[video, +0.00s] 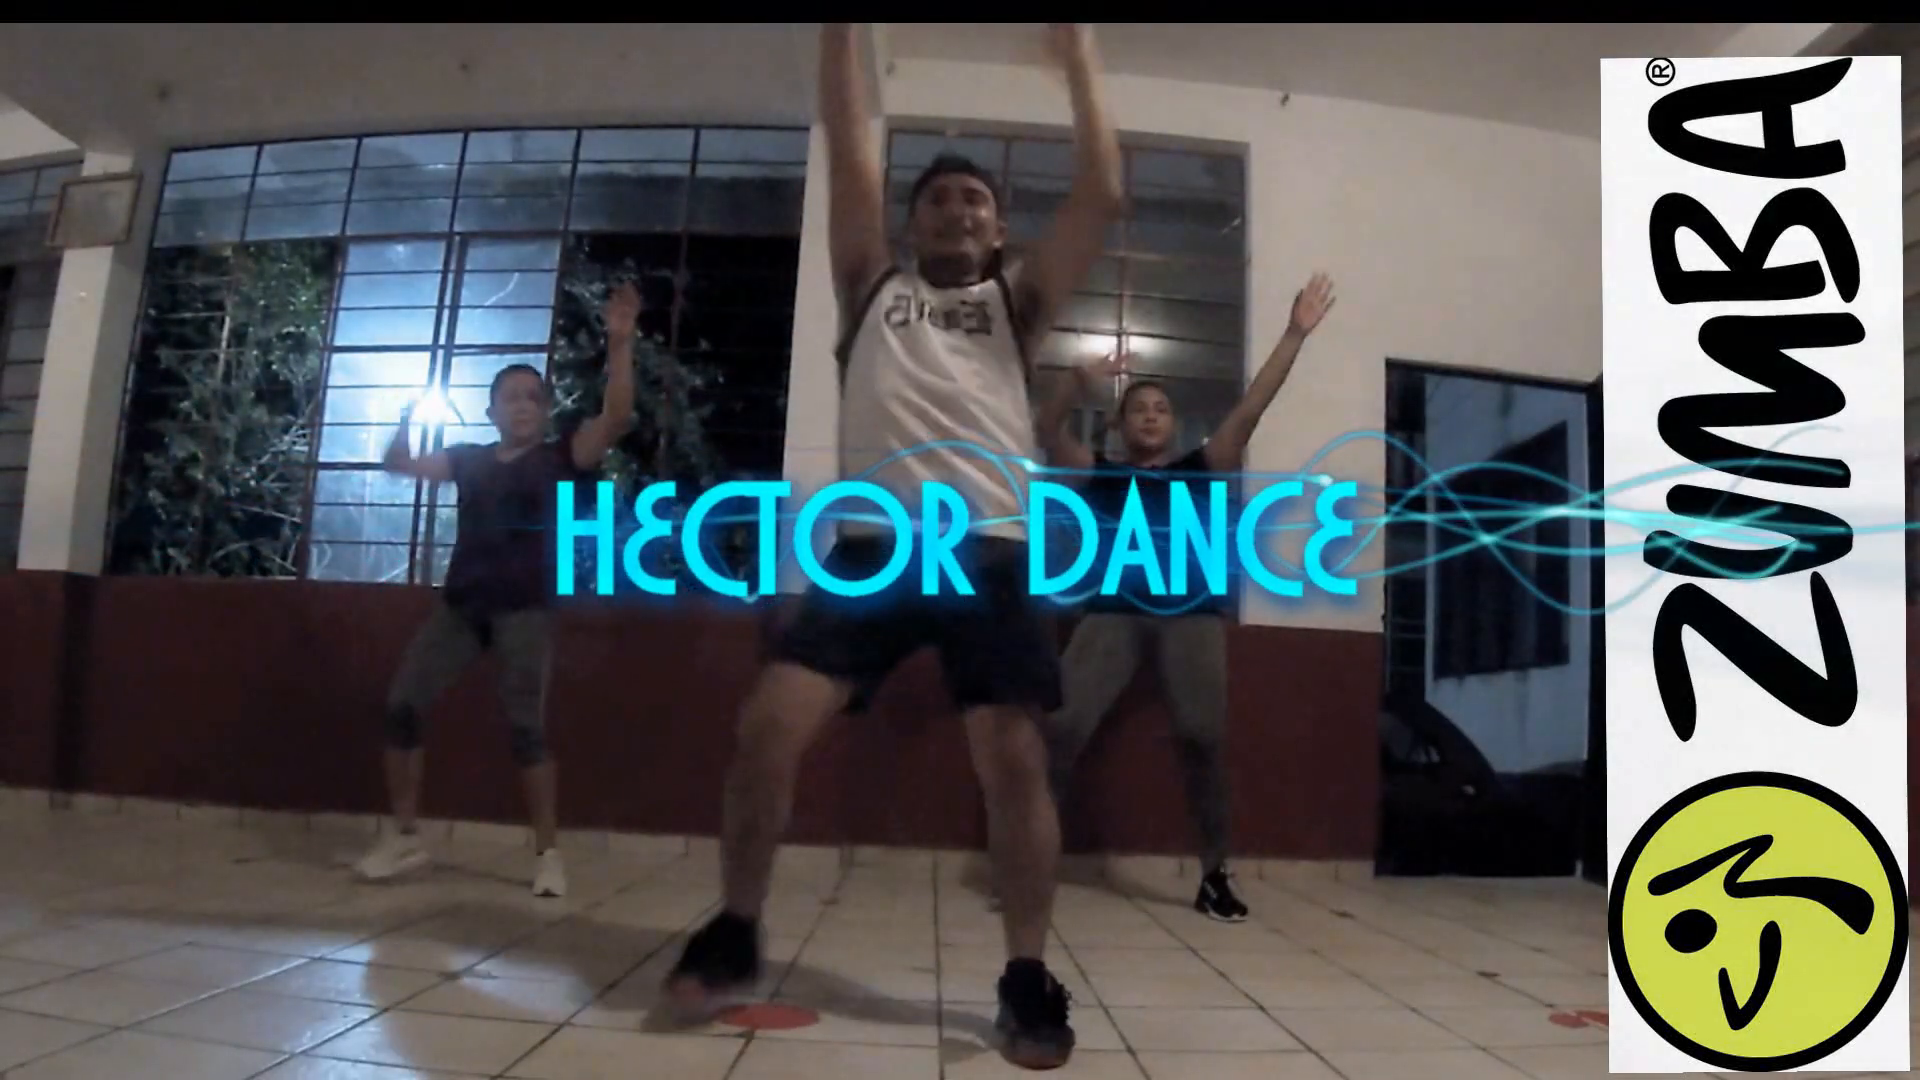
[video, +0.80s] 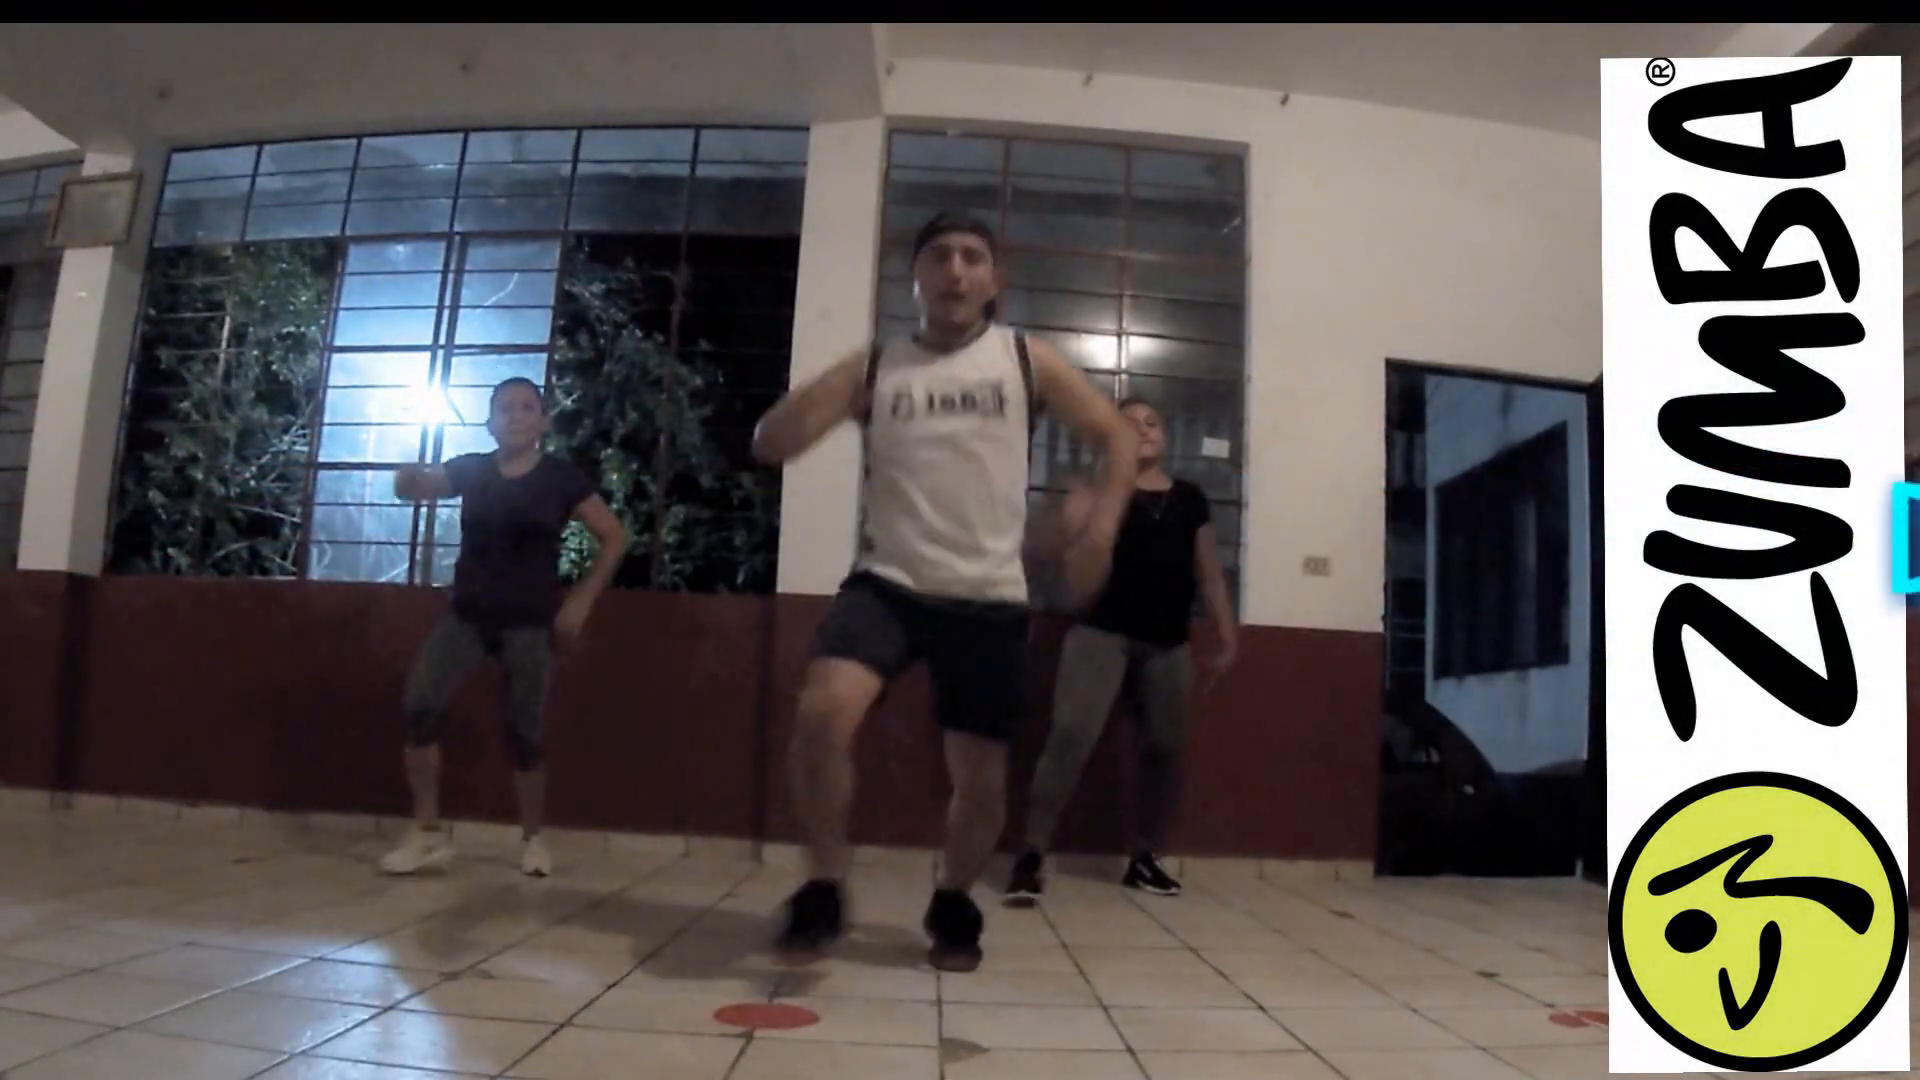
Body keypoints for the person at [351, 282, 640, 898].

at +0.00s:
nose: (522, 406)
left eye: (532, 398)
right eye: (512, 397)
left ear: (546, 409)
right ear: (494, 410)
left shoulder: (561, 457)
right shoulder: (469, 461)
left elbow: (616, 418)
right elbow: (399, 464)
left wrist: (620, 341)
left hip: (525, 610)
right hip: (462, 606)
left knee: (526, 726)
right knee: (404, 704)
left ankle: (547, 855)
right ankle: (405, 835)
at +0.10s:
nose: (512, 409)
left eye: (521, 401)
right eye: (502, 401)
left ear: (534, 413)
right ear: (482, 411)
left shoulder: (549, 463)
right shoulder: (460, 455)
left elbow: (608, 432)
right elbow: (405, 401)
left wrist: (608, 360)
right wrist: (400, 330)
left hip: (517, 610)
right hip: (451, 605)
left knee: (522, 727)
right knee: (400, 716)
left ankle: (547, 855)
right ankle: (379, 845)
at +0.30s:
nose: (495, 407)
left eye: (502, 399)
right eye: (484, 397)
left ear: (513, 409)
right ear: (460, 405)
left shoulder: (524, 470)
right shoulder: (435, 449)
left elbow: (593, 505)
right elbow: (390, 380)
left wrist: (567, 452)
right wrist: (401, 308)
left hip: (496, 610)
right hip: (427, 605)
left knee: (516, 721)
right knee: (391, 721)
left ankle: (541, 844)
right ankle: (380, 848)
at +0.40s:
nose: (493, 406)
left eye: (500, 397)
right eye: (482, 397)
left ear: (512, 407)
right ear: (459, 405)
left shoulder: (529, 466)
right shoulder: (436, 450)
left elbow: (578, 528)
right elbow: (384, 387)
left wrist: (557, 505)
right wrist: (404, 319)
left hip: (495, 609)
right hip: (429, 604)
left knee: (509, 723)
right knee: (396, 722)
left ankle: (540, 833)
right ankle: (379, 847)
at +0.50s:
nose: (488, 411)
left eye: (497, 402)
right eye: (479, 402)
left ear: (512, 412)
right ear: (461, 410)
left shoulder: (535, 468)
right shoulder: (443, 455)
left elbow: (570, 535)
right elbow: (386, 400)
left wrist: (559, 591)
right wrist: (408, 339)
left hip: (500, 613)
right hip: (436, 606)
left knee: (508, 731)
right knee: (407, 723)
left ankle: (536, 835)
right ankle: (381, 846)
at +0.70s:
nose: (509, 420)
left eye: (518, 412)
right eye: (498, 413)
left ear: (534, 422)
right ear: (483, 425)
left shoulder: (557, 481)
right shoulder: (467, 470)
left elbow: (599, 547)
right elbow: (395, 459)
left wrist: (577, 615)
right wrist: (413, 412)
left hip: (525, 624)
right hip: (463, 618)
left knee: (524, 738)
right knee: (421, 719)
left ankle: (532, 841)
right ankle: (390, 841)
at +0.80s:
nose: (514, 416)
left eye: (525, 409)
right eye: (505, 408)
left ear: (543, 421)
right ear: (491, 420)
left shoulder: (563, 479)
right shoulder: (472, 469)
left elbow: (615, 538)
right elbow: (410, 488)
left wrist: (581, 601)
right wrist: (410, 475)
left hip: (530, 622)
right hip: (469, 616)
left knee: (525, 731)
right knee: (419, 708)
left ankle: (533, 839)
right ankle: (429, 832)